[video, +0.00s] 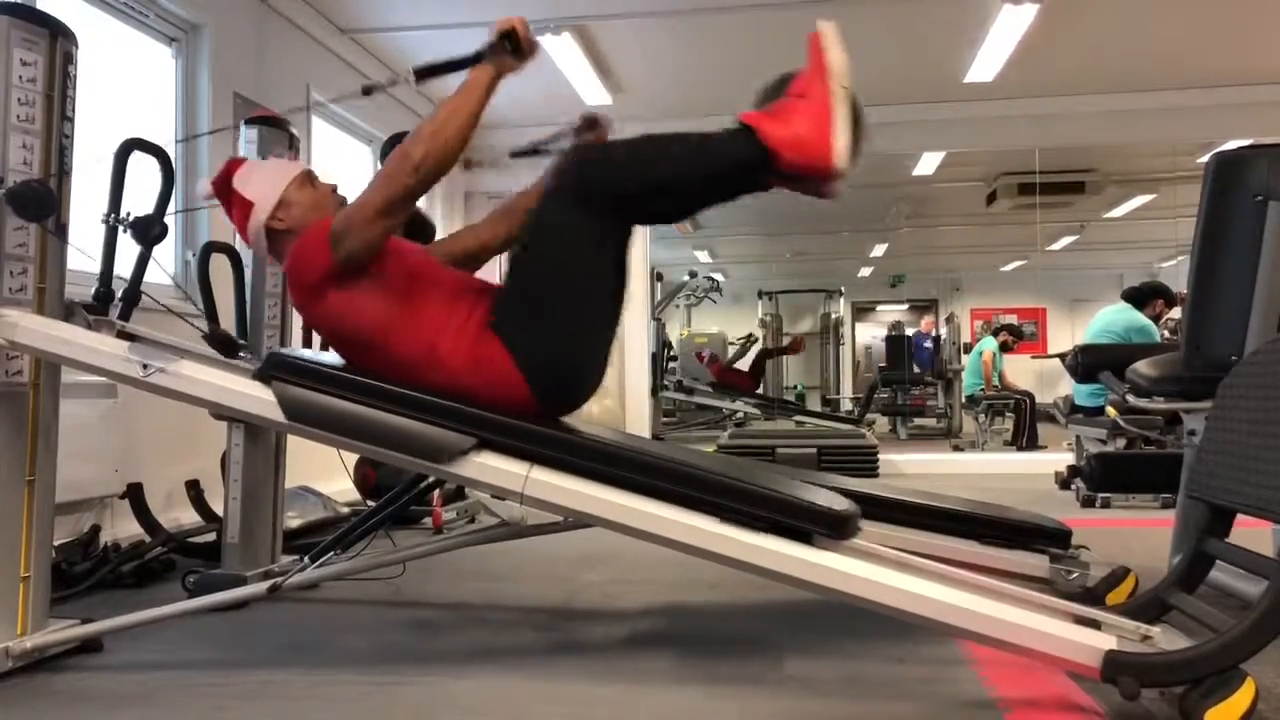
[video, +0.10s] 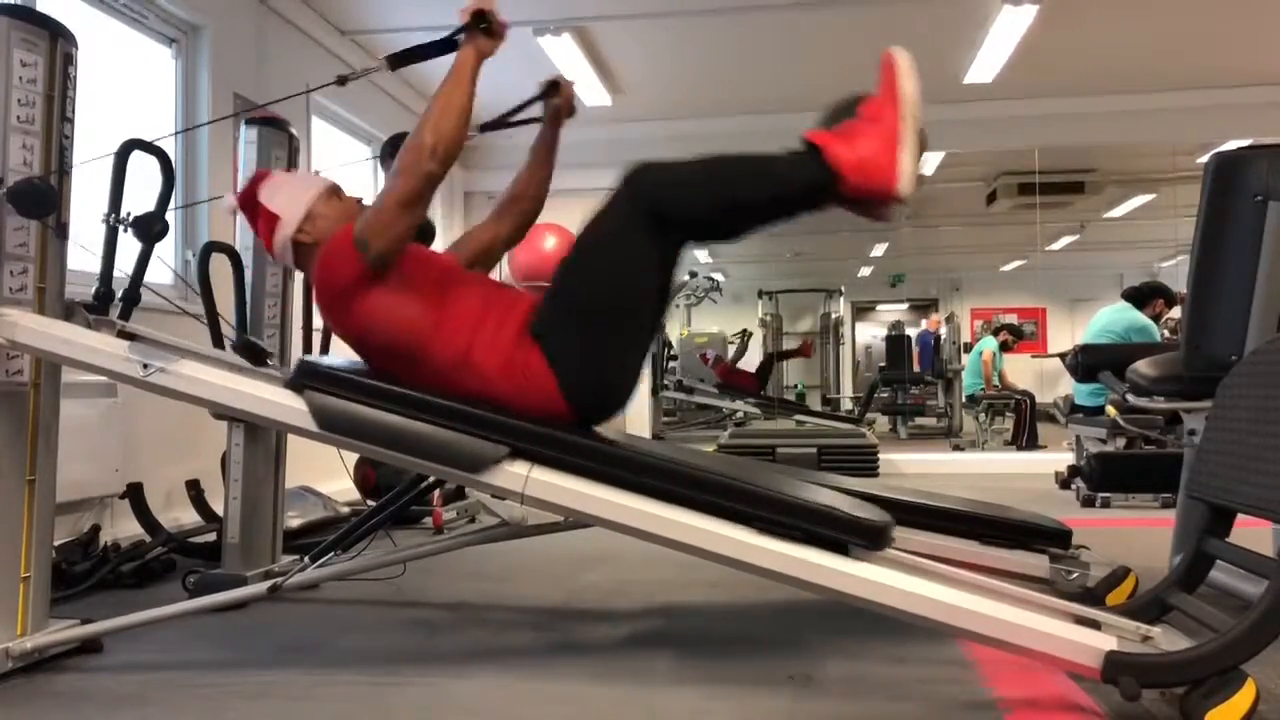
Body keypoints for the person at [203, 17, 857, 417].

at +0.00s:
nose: (324, 186)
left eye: (315, 179)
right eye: (305, 184)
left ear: (310, 203)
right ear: (279, 219)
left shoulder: (362, 264)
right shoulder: (314, 263)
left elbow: (480, 240)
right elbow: (412, 171)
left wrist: (574, 161)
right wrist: (494, 68)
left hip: (531, 351)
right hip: (528, 366)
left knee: (596, 182)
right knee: (592, 176)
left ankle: (775, 138)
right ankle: (784, 146)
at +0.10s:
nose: (343, 194)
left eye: (332, 188)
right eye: (325, 195)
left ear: (322, 221)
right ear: (305, 230)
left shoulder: (389, 277)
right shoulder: (343, 271)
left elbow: (507, 223)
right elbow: (427, 161)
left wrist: (549, 127)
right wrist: (473, 54)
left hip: (563, 353)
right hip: (560, 371)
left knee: (650, 198)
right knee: (647, 198)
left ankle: (839, 160)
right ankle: (846, 168)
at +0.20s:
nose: (381, 213)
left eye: (371, 204)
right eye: (362, 212)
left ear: (357, 232)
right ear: (337, 242)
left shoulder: (425, 290)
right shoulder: (373, 288)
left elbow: (515, 214)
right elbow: (432, 163)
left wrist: (519, 110)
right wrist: (447, 54)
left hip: (602, 367)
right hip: (598, 383)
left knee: (706, 214)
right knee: (703, 217)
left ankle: (906, 179)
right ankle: (911, 186)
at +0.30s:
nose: (381, 214)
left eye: (371, 210)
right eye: (364, 217)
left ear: (373, 244)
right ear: (350, 256)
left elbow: (513, 212)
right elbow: (438, 182)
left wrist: (491, 116)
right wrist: (427, 81)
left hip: (638, 373)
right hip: (631, 393)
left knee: (755, 238)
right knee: (750, 241)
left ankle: (958, 198)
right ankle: (963, 198)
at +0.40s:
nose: (404, 235)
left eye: (394, 229)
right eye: (390, 234)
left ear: (408, 258)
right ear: (383, 270)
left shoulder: (484, 305)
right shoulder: (432, 314)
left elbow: (510, 220)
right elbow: (443, 184)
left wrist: (461, 127)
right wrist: (414, 97)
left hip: (677, 382)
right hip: (672, 404)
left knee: (808, 254)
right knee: (803, 256)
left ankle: (1006, 202)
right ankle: (1012, 207)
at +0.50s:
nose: (429, 239)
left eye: (421, 235)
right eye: (417, 238)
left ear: (419, 277)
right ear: (413, 270)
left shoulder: (483, 319)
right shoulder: (465, 314)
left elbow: (545, 249)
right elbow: (470, 218)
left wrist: (443, 153)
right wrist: (400, 131)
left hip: (706, 400)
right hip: (711, 415)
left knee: (844, 265)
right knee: (844, 269)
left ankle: (1033, 203)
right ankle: (1051, 208)